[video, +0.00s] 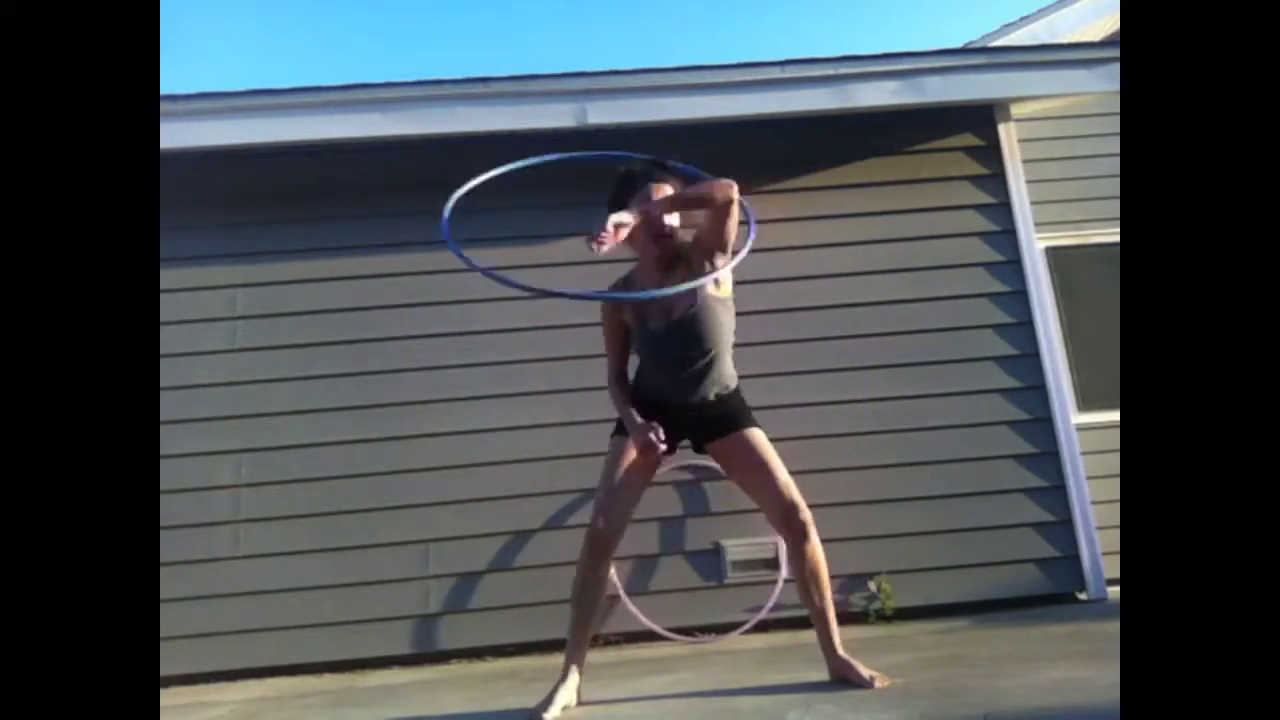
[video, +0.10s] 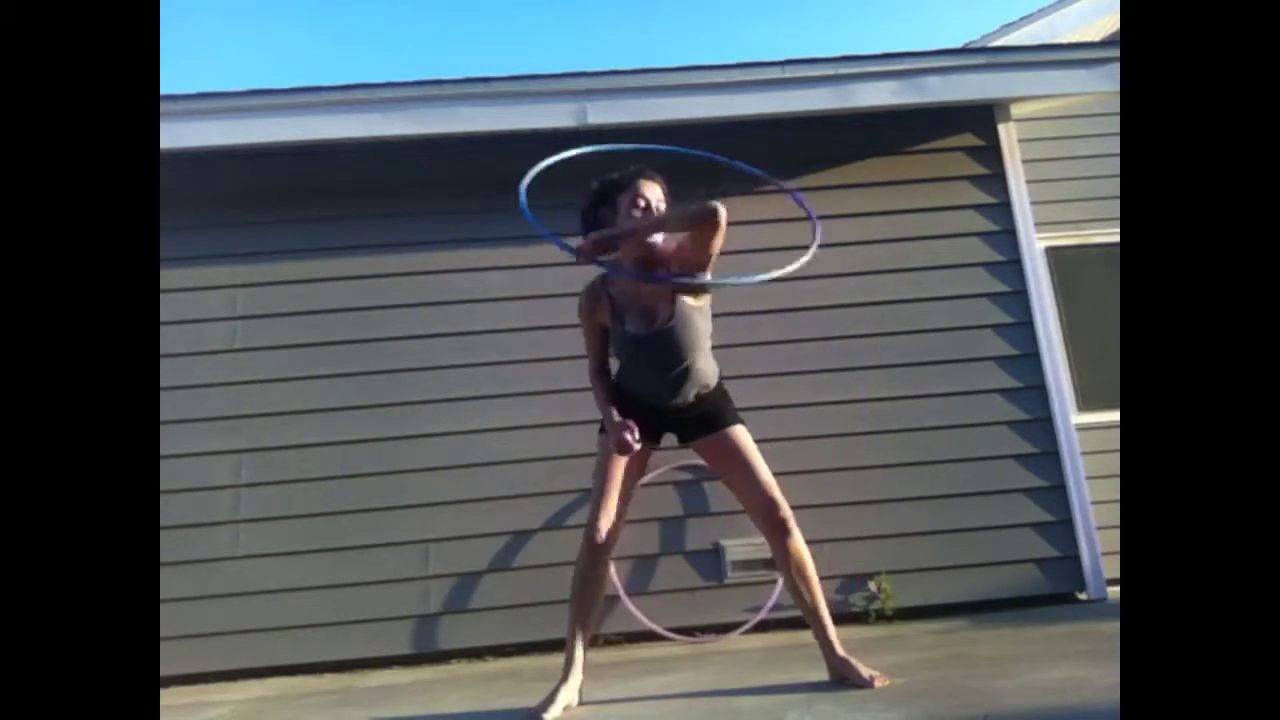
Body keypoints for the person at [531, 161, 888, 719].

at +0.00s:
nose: (662, 220)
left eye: (669, 207)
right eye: (646, 211)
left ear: (684, 212)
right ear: (626, 227)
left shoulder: (709, 258)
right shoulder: (620, 298)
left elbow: (727, 192)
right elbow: (617, 377)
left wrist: (647, 210)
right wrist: (634, 421)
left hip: (721, 409)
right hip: (653, 415)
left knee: (797, 519)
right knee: (601, 533)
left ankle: (835, 655)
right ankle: (570, 674)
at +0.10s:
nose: (648, 213)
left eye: (654, 206)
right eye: (635, 204)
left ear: (664, 219)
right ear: (604, 220)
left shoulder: (687, 264)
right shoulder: (598, 298)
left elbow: (714, 214)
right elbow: (598, 369)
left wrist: (621, 237)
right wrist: (610, 415)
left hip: (705, 405)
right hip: (635, 413)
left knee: (778, 516)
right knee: (598, 536)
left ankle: (835, 654)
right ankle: (571, 675)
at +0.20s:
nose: (638, 230)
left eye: (645, 222)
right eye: (625, 219)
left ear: (654, 231)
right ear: (594, 230)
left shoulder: (665, 280)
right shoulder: (574, 299)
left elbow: (702, 269)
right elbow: (571, 366)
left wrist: (621, 250)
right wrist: (596, 411)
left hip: (686, 403)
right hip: (618, 414)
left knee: (764, 520)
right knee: (589, 537)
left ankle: (835, 655)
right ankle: (569, 680)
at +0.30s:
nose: (633, 240)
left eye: (640, 230)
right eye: (619, 230)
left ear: (647, 234)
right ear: (584, 237)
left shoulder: (665, 291)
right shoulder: (558, 300)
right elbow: (546, 371)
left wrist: (620, 296)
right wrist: (594, 394)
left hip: (671, 405)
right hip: (603, 413)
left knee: (753, 518)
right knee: (578, 537)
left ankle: (833, 655)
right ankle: (568, 681)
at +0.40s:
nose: (635, 243)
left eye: (641, 232)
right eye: (621, 234)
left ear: (648, 234)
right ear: (586, 240)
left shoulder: (663, 297)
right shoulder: (558, 291)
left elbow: (664, 396)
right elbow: (545, 380)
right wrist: (584, 355)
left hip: (662, 407)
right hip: (596, 411)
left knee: (748, 520)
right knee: (571, 542)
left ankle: (830, 656)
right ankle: (568, 680)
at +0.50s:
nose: (649, 235)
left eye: (655, 223)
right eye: (635, 225)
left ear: (663, 226)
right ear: (606, 233)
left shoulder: (680, 293)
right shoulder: (575, 280)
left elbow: (693, 388)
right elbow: (544, 342)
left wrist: (644, 427)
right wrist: (587, 284)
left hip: (668, 411)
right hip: (600, 415)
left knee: (753, 518)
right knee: (568, 543)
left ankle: (828, 657)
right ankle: (567, 682)